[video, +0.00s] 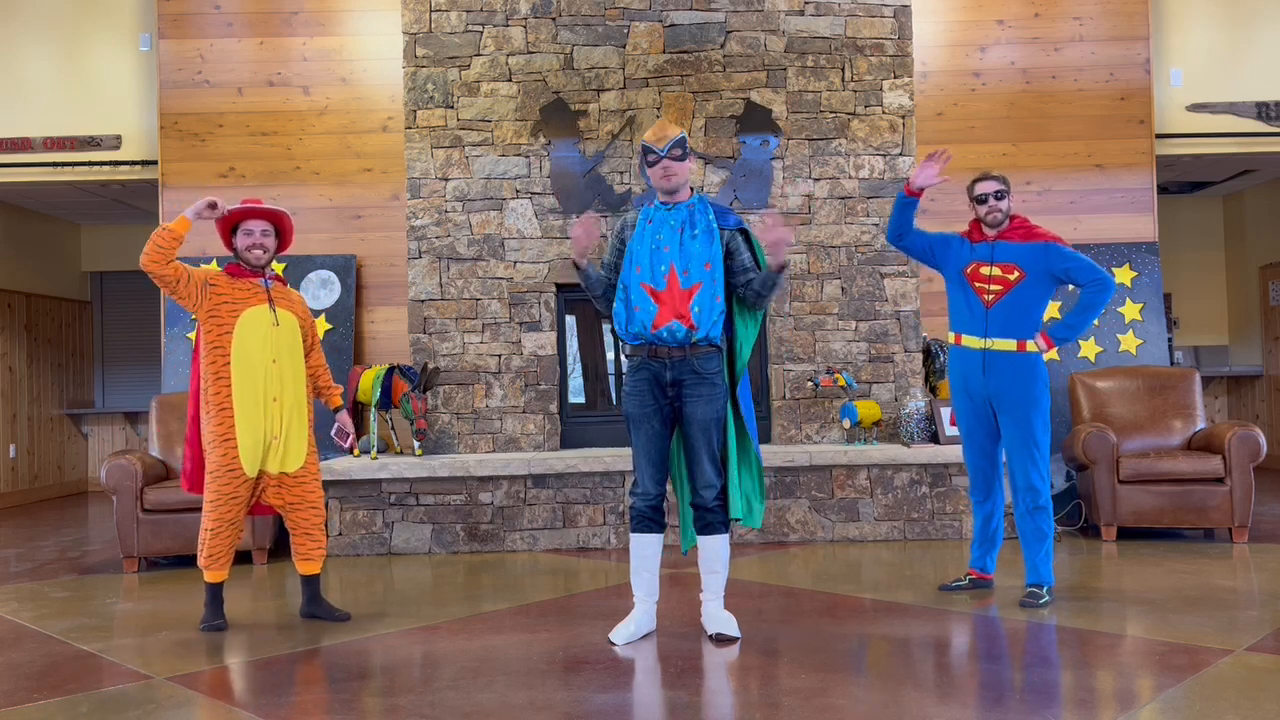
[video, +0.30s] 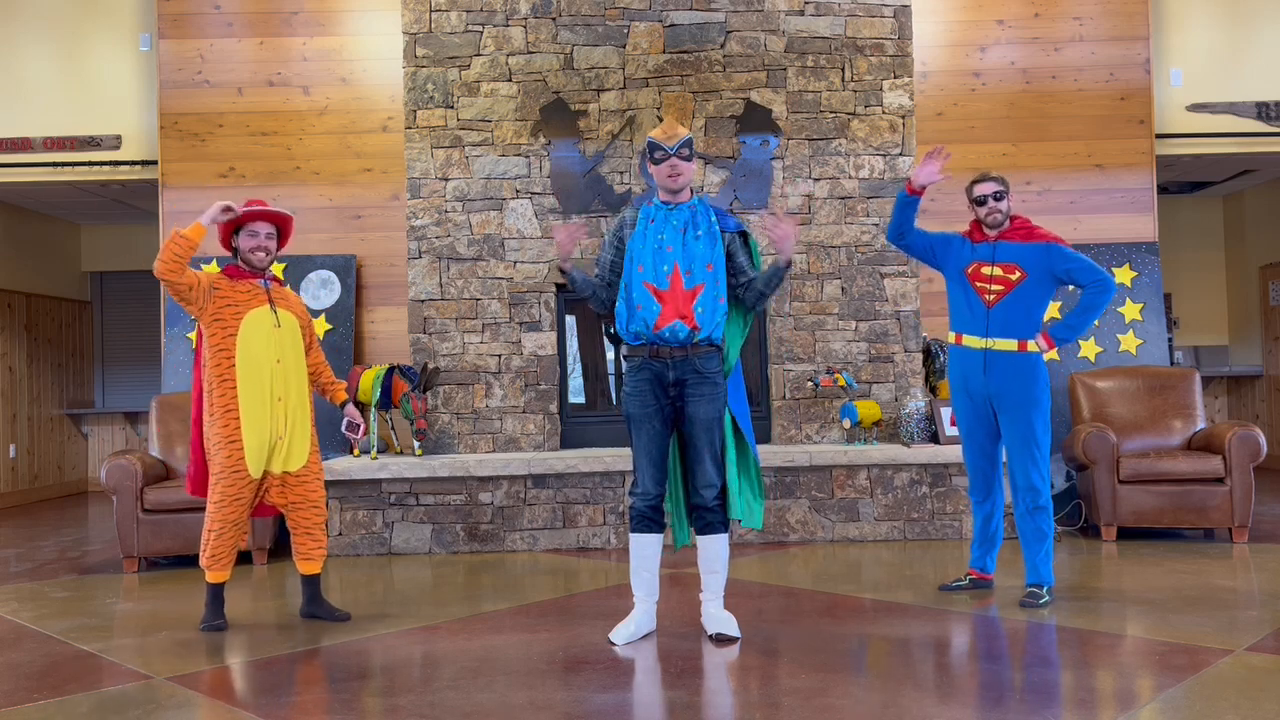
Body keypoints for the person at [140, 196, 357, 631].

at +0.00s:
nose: (257, 240)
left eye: (265, 235)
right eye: (248, 234)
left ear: (277, 244)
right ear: (233, 242)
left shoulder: (294, 300)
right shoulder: (209, 287)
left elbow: (314, 360)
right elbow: (154, 261)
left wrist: (339, 407)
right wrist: (188, 217)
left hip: (289, 422)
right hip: (231, 421)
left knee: (308, 502)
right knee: (223, 507)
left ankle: (313, 598)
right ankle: (213, 605)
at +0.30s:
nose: (261, 243)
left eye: (269, 237)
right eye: (252, 236)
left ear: (277, 246)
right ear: (234, 243)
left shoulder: (292, 302)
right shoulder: (212, 290)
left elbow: (314, 361)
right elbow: (168, 268)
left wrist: (345, 402)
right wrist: (203, 223)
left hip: (291, 424)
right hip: (235, 423)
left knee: (310, 502)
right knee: (227, 508)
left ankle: (313, 599)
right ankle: (215, 606)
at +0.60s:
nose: (273, 257)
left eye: (275, 250)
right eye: (266, 249)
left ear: (273, 253)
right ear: (243, 249)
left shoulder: (271, 298)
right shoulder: (219, 289)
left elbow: (287, 364)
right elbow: (217, 274)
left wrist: (310, 406)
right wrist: (258, 243)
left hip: (287, 415)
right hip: (240, 418)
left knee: (310, 496)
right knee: (234, 502)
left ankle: (313, 598)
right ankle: (214, 605)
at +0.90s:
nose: (273, 252)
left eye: (277, 244)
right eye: (264, 244)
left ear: (280, 247)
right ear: (240, 246)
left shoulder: (275, 297)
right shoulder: (221, 289)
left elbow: (286, 366)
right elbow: (196, 271)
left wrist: (297, 422)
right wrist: (242, 236)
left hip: (287, 416)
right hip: (239, 418)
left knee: (309, 495)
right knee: (230, 503)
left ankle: (312, 598)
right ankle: (214, 605)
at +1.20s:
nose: (263, 243)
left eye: (270, 236)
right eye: (253, 236)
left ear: (279, 244)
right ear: (236, 243)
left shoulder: (298, 300)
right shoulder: (209, 289)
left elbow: (325, 358)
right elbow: (151, 268)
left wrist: (349, 406)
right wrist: (187, 222)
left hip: (292, 424)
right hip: (233, 424)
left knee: (310, 504)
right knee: (224, 509)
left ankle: (313, 598)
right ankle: (214, 605)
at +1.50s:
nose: (252, 242)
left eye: (261, 235)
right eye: (243, 235)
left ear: (271, 244)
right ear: (228, 244)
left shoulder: (291, 299)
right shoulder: (203, 291)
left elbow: (322, 342)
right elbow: (147, 290)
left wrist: (354, 369)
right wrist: (154, 238)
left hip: (284, 421)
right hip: (224, 423)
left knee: (303, 502)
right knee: (220, 508)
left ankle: (312, 598)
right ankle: (214, 606)